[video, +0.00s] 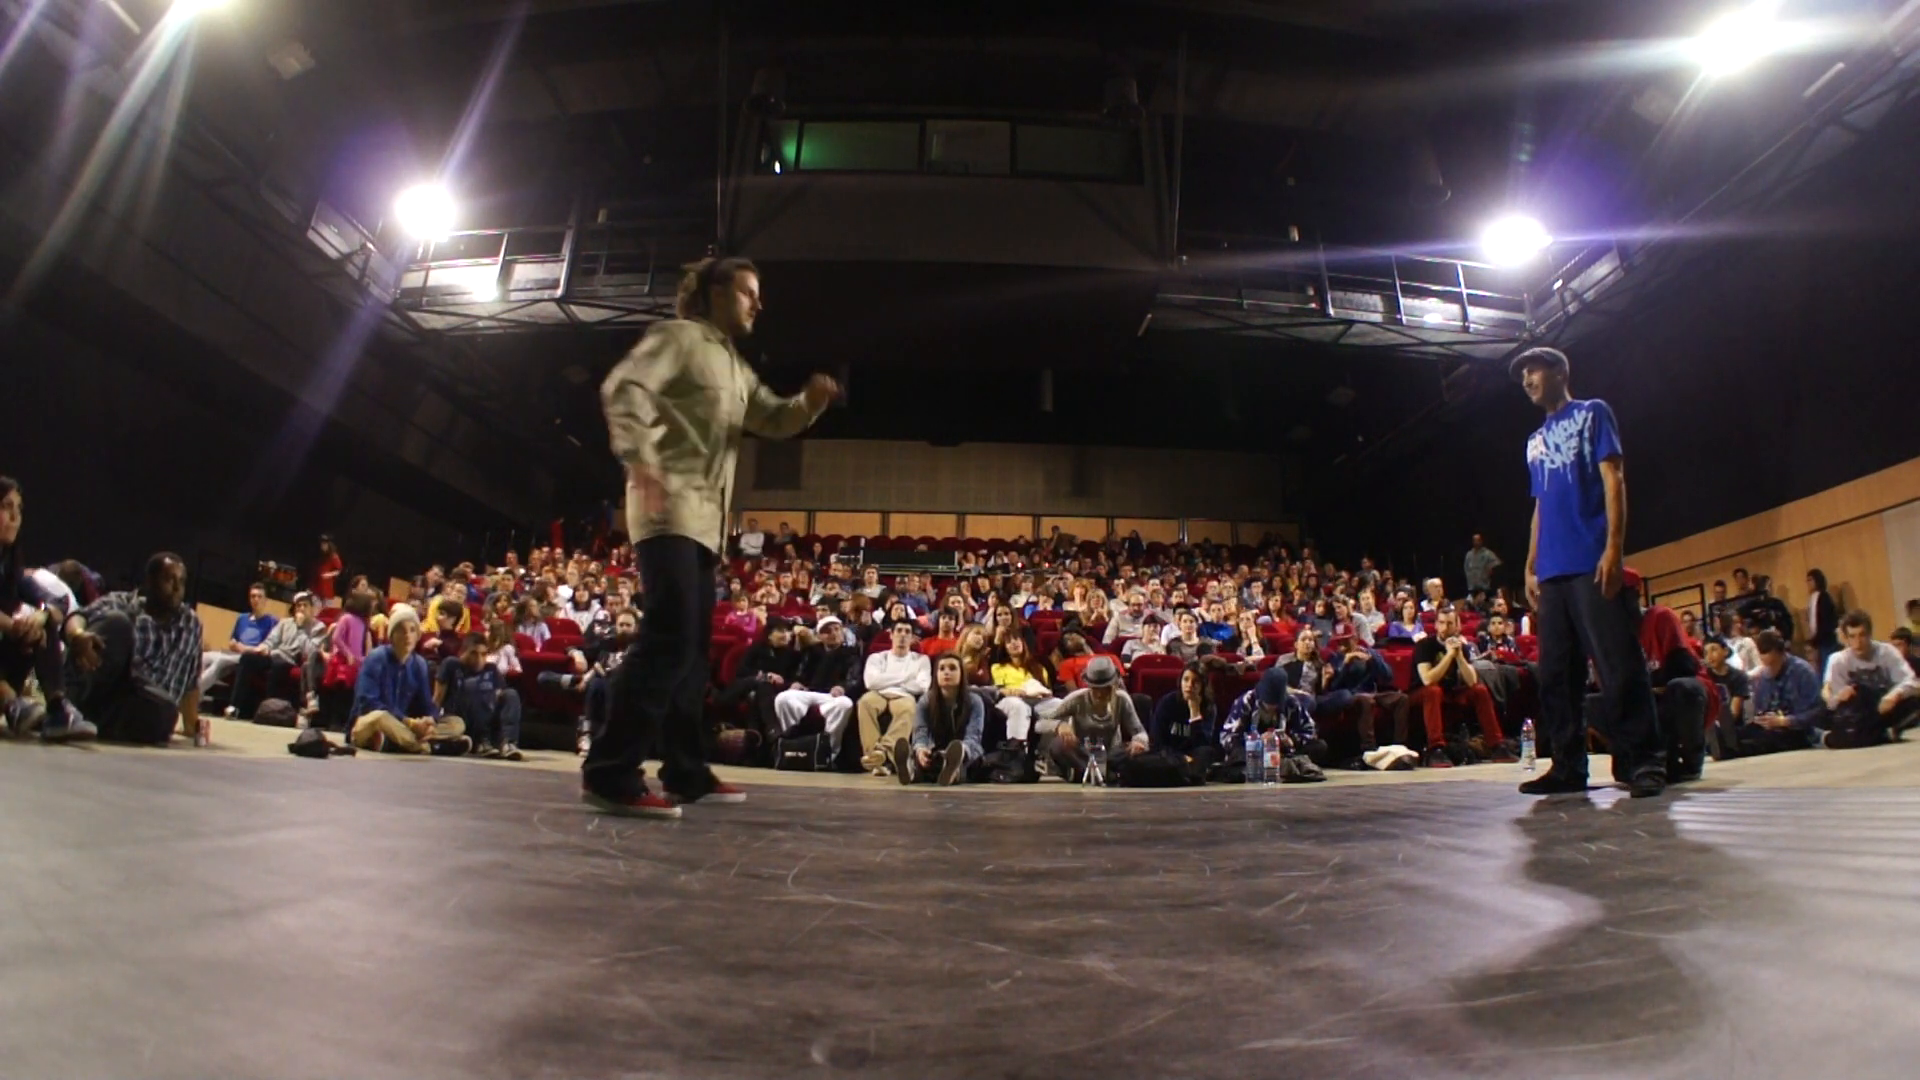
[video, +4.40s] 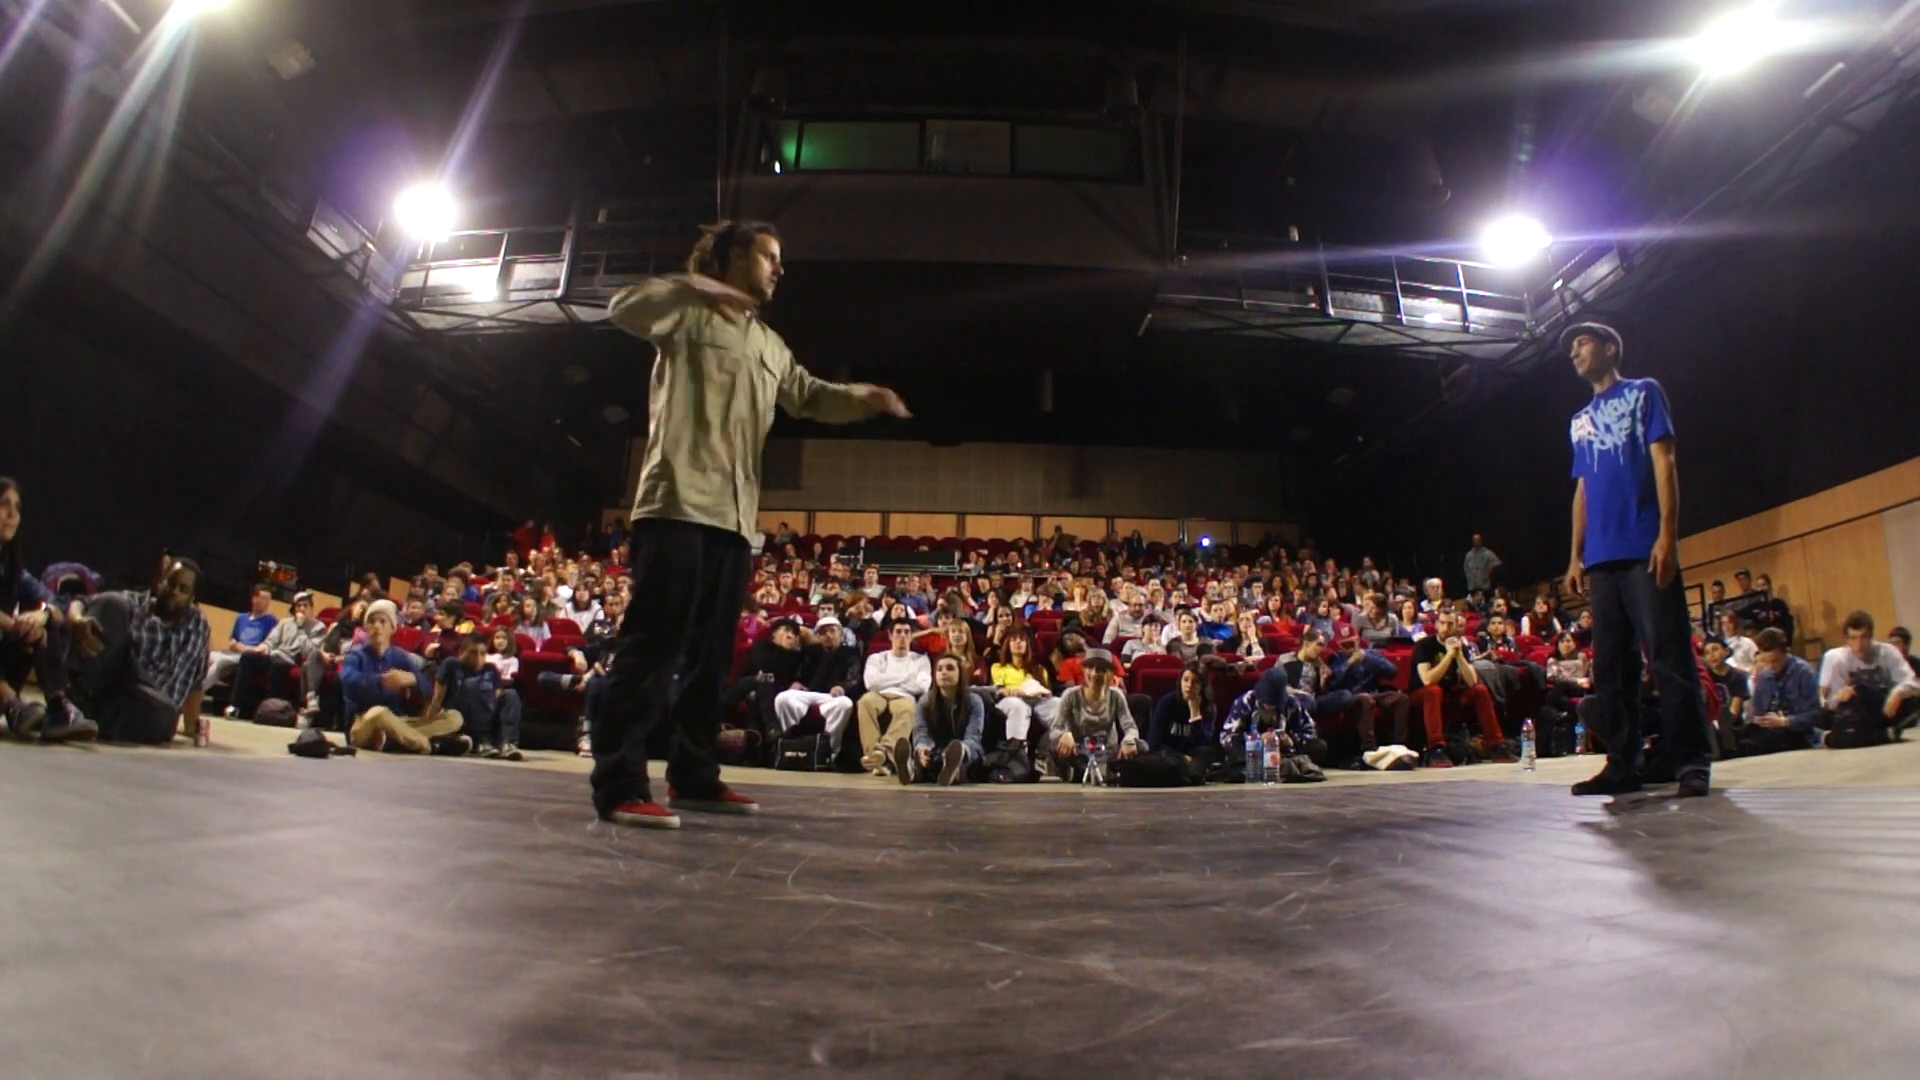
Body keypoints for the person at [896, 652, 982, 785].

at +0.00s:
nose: (947, 672)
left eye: (952, 668)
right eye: (942, 668)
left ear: (961, 673)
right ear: (935, 674)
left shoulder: (974, 701)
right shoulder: (925, 701)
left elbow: (974, 737)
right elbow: (920, 731)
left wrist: (960, 751)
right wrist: (920, 748)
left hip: (962, 751)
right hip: (933, 750)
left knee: (955, 762)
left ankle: (949, 773)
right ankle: (910, 768)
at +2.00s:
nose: (947, 673)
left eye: (953, 668)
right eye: (942, 669)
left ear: (962, 674)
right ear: (936, 674)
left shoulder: (974, 701)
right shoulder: (925, 701)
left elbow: (974, 738)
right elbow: (920, 731)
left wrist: (961, 751)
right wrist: (920, 748)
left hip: (962, 751)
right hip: (934, 750)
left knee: (955, 762)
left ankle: (949, 773)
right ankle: (910, 768)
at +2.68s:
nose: (946, 673)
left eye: (951, 669)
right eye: (941, 670)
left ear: (961, 674)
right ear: (935, 675)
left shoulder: (974, 701)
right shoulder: (925, 702)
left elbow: (974, 737)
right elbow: (922, 735)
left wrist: (962, 751)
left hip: (963, 749)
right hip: (935, 749)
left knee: (956, 762)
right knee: (927, 759)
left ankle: (949, 773)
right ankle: (912, 768)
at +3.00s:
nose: (946, 674)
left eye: (951, 669)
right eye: (941, 670)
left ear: (961, 674)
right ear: (935, 675)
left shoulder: (974, 701)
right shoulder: (925, 701)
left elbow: (973, 737)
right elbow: (925, 738)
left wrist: (962, 752)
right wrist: (940, 749)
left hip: (964, 748)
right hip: (936, 750)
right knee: (927, 761)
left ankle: (949, 773)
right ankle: (912, 768)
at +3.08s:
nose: (946, 674)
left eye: (952, 669)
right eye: (941, 670)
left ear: (961, 674)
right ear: (935, 675)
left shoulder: (974, 701)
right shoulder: (926, 700)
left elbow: (973, 738)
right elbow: (923, 733)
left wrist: (962, 752)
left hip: (964, 750)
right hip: (935, 750)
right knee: (926, 761)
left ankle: (950, 772)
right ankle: (911, 769)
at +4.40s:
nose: (944, 673)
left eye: (950, 668)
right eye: (939, 669)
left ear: (960, 674)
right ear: (935, 675)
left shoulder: (974, 701)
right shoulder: (925, 701)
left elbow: (974, 736)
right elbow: (921, 730)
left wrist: (962, 750)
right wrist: (922, 747)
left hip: (963, 748)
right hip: (935, 749)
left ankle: (949, 773)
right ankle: (912, 768)